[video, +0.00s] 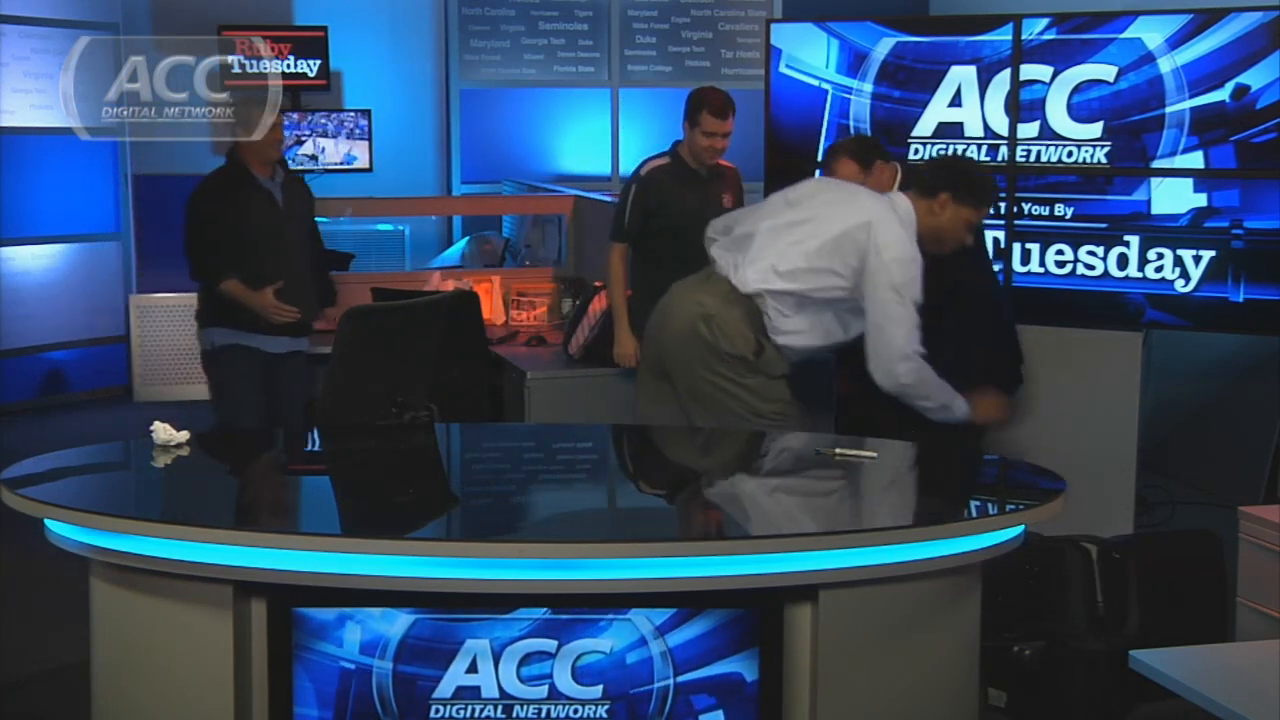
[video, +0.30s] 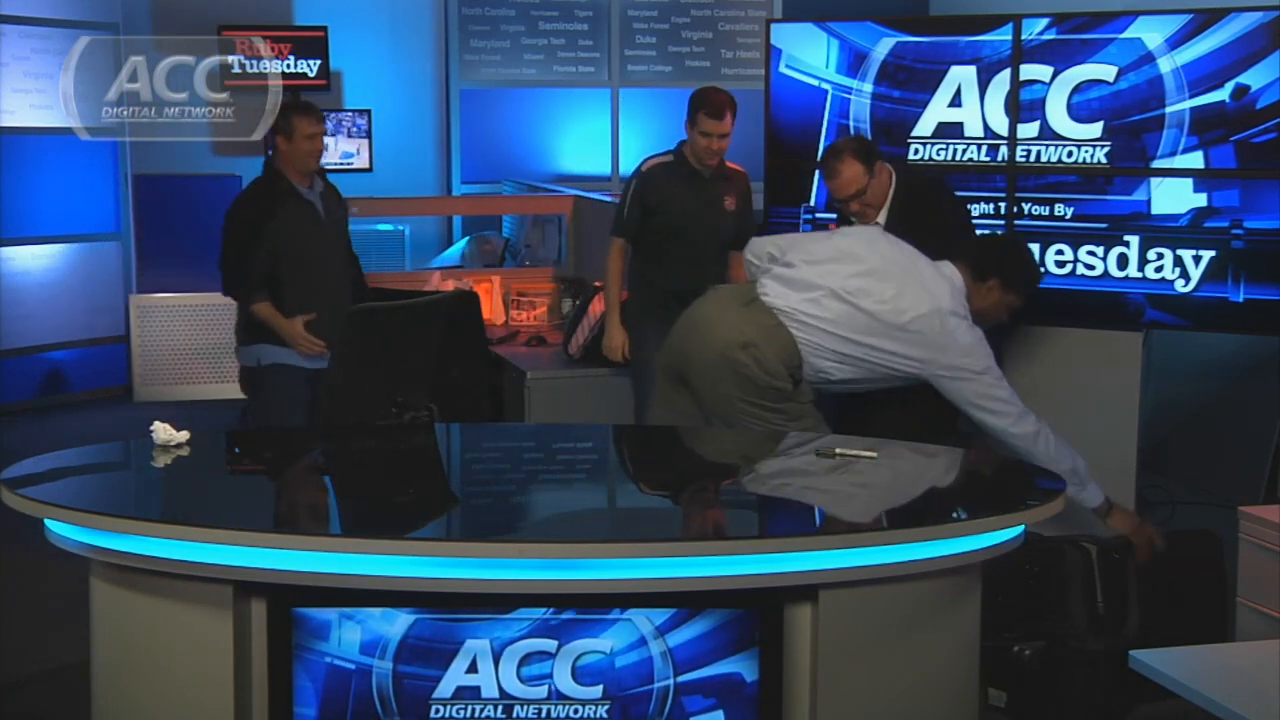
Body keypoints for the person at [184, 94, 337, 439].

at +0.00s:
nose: (281, 135)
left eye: (281, 126)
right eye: (271, 128)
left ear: (281, 130)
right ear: (245, 135)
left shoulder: (296, 188)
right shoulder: (212, 191)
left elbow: (311, 253)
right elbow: (207, 265)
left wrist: (325, 304)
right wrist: (251, 298)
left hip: (290, 340)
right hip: (234, 340)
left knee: (289, 439)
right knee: (244, 439)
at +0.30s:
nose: (320, 146)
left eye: (322, 137)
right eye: (310, 138)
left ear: (324, 138)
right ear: (281, 143)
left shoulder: (329, 197)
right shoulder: (253, 204)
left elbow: (345, 264)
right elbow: (241, 282)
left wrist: (363, 316)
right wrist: (283, 326)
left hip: (333, 355)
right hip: (278, 359)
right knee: (283, 463)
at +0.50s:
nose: (349, 144)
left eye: (350, 135)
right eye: (339, 136)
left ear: (352, 135)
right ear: (308, 141)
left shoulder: (355, 193)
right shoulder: (280, 203)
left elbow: (360, 267)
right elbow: (277, 289)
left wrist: (369, 325)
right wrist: (317, 335)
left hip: (354, 352)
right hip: (300, 361)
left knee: (357, 459)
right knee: (306, 460)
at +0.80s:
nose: (405, 151)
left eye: (406, 141)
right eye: (395, 142)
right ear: (365, 145)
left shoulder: (409, 199)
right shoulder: (332, 208)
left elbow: (415, 273)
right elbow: (325, 291)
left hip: (406, 343)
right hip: (354, 349)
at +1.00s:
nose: (442, 145)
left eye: (444, 135)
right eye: (432, 136)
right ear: (402, 140)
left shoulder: (445, 199)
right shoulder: (365, 203)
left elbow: (454, 272)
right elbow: (354, 282)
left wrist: (472, 330)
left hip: (444, 348)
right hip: (392, 350)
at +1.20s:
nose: (467, 143)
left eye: (467, 133)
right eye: (457, 134)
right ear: (425, 140)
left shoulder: (466, 200)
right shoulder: (390, 205)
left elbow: (476, 274)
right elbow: (389, 297)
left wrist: (493, 327)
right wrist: (438, 328)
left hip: (473, 367)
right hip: (423, 369)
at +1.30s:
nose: (474, 143)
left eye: (475, 134)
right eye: (464, 134)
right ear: (433, 140)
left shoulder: (471, 197)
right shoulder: (407, 204)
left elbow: (479, 272)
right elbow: (409, 287)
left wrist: (497, 324)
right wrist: (468, 321)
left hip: (483, 361)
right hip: (438, 365)